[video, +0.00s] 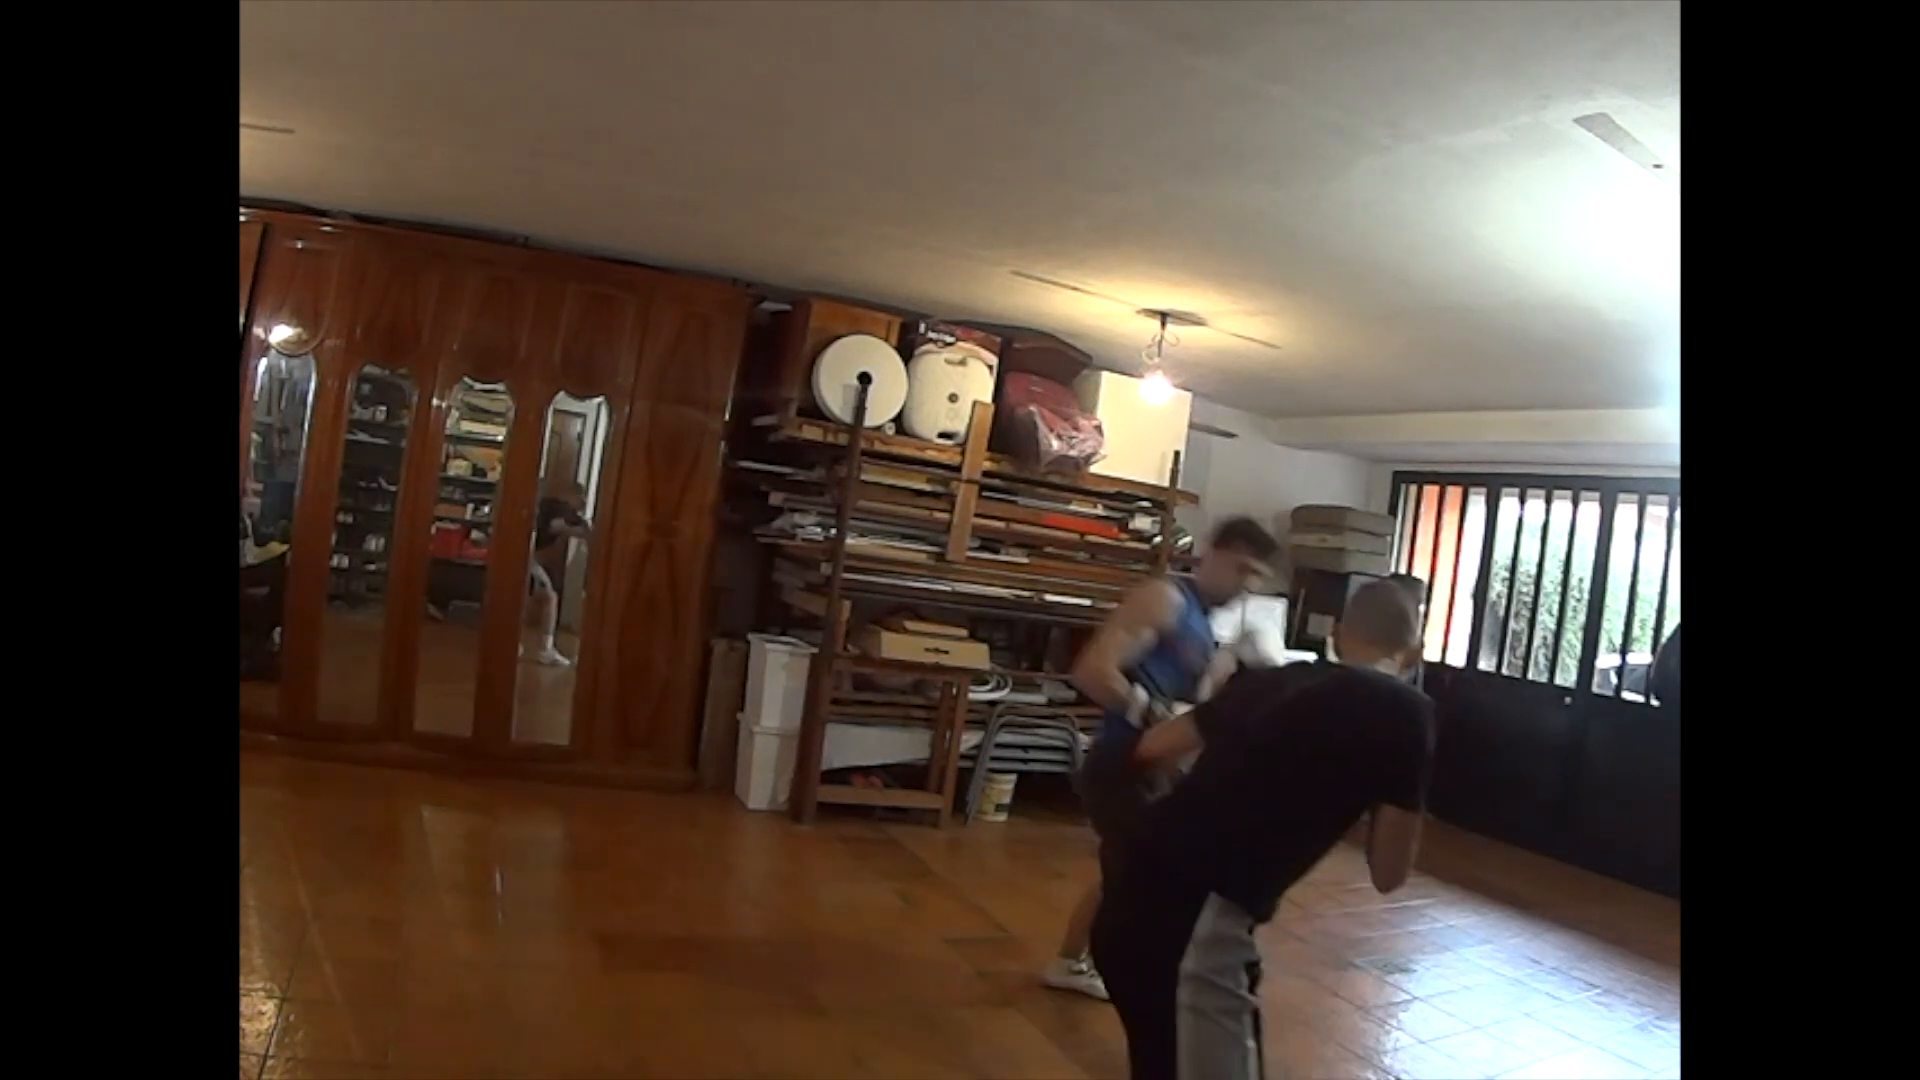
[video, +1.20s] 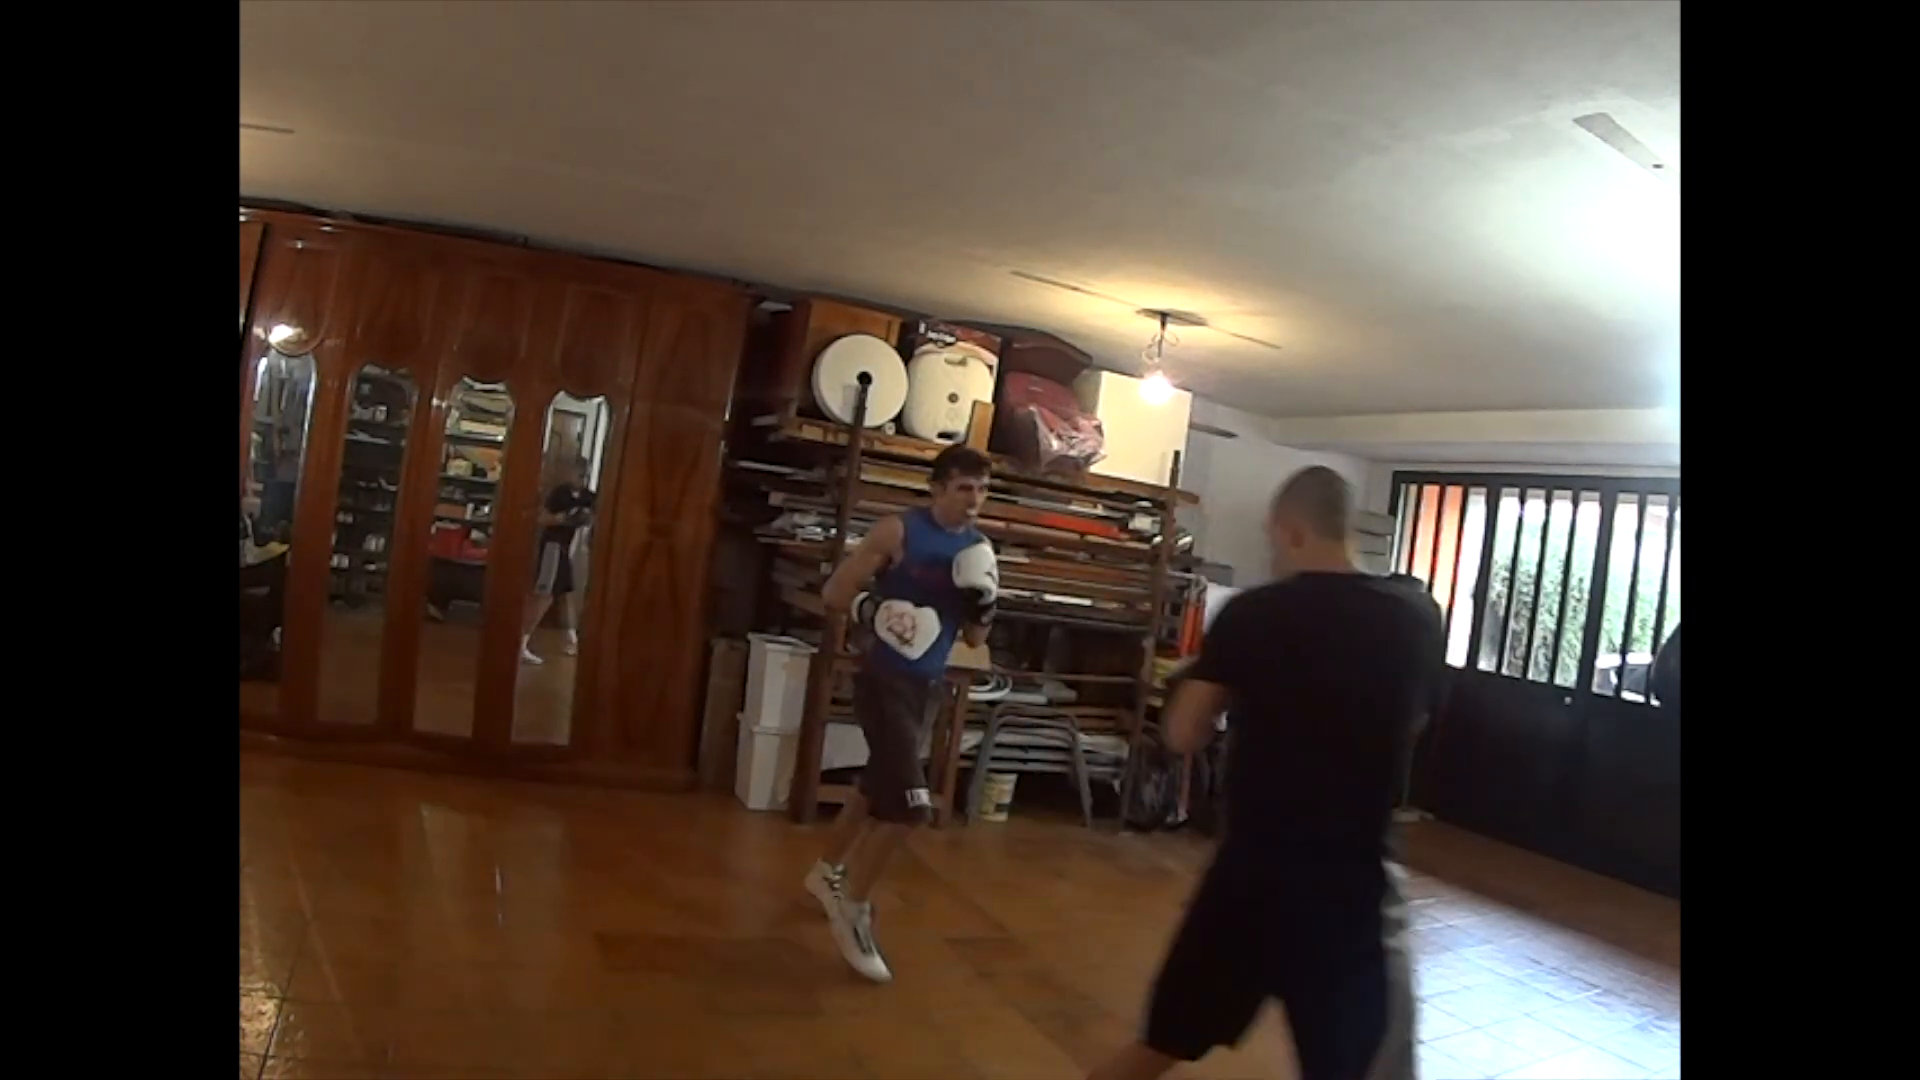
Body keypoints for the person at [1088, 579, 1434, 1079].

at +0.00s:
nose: (1417, 660)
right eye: (1418, 649)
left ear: (1338, 634)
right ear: (1412, 650)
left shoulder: (1272, 679)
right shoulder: (1404, 711)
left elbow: (1152, 746)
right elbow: (1389, 874)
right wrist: (1377, 793)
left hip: (1128, 907)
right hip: (1200, 938)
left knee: (1158, 1068)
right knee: (1215, 1069)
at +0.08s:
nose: (1406, 651)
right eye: (1406, 641)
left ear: (1319, 625)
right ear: (1398, 642)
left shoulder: (1262, 671)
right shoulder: (1391, 702)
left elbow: (1135, 765)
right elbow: (1379, 862)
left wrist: (1201, 802)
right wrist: (1363, 774)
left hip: (1123, 899)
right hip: (1195, 930)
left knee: (1148, 1065)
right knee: (1197, 1069)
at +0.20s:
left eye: (1289, 575)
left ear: (1287, 582)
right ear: (1366, 597)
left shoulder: (1219, 656)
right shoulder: (1366, 682)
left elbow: (1114, 769)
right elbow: (1357, 843)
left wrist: (1185, 789)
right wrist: (1329, 771)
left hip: (1113, 900)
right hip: (1184, 933)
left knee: (1123, 1062)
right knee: (1162, 1068)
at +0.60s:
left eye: (1205, 526)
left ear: (1206, 530)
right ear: (1290, 537)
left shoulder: (1144, 620)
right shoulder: (1317, 634)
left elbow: (1046, 751)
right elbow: (1313, 800)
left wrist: (1112, 743)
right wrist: (1243, 761)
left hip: (1097, 883)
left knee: (1089, 1060)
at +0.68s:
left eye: (1191, 526)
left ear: (1192, 530)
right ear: (1274, 537)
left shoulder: (1137, 623)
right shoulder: (1310, 630)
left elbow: (1047, 753)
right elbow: (1310, 789)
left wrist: (1111, 733)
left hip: (1104, 870)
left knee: (1099, 1062)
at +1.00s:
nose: (1199, 522)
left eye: (1199, 511)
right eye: (1202, 511)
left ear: (1209, 510)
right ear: (1276, 508)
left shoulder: (1166, 595)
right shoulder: (1335, 594)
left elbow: (1093, 717)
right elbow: (1330, 731)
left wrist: (1144, 680)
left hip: (1166, 851)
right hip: (1264, 861)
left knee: (1113, 1040)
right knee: (1250, 1062)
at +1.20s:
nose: (1276, 546)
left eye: (1275, 534)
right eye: (1276, 534)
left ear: (1289, 530)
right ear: (1345, 528)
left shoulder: (1254, 612)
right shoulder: (1415, 615)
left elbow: (1183, 733)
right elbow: (1411, 732)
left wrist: (1236, 685)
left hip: (1253, 874)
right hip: (1352, 884)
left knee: (1162, 1046)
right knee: (1346, 1066)